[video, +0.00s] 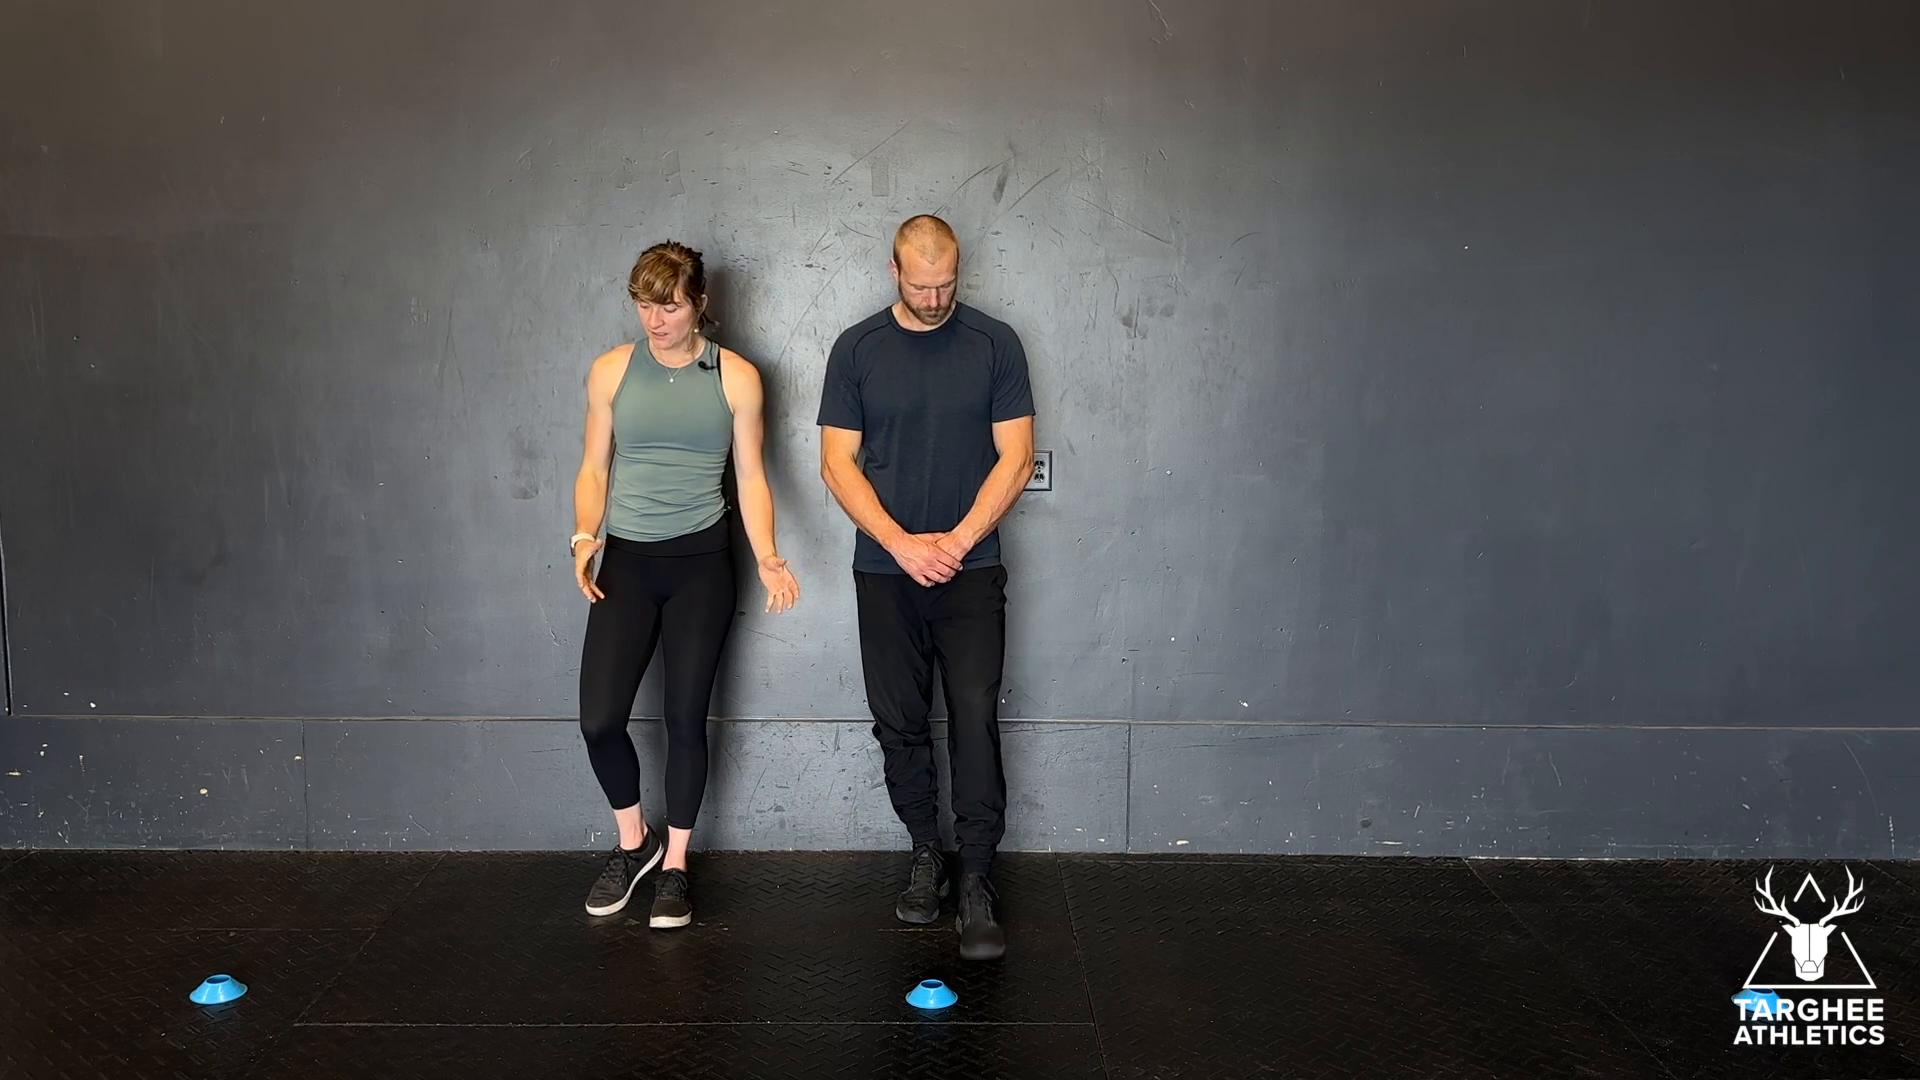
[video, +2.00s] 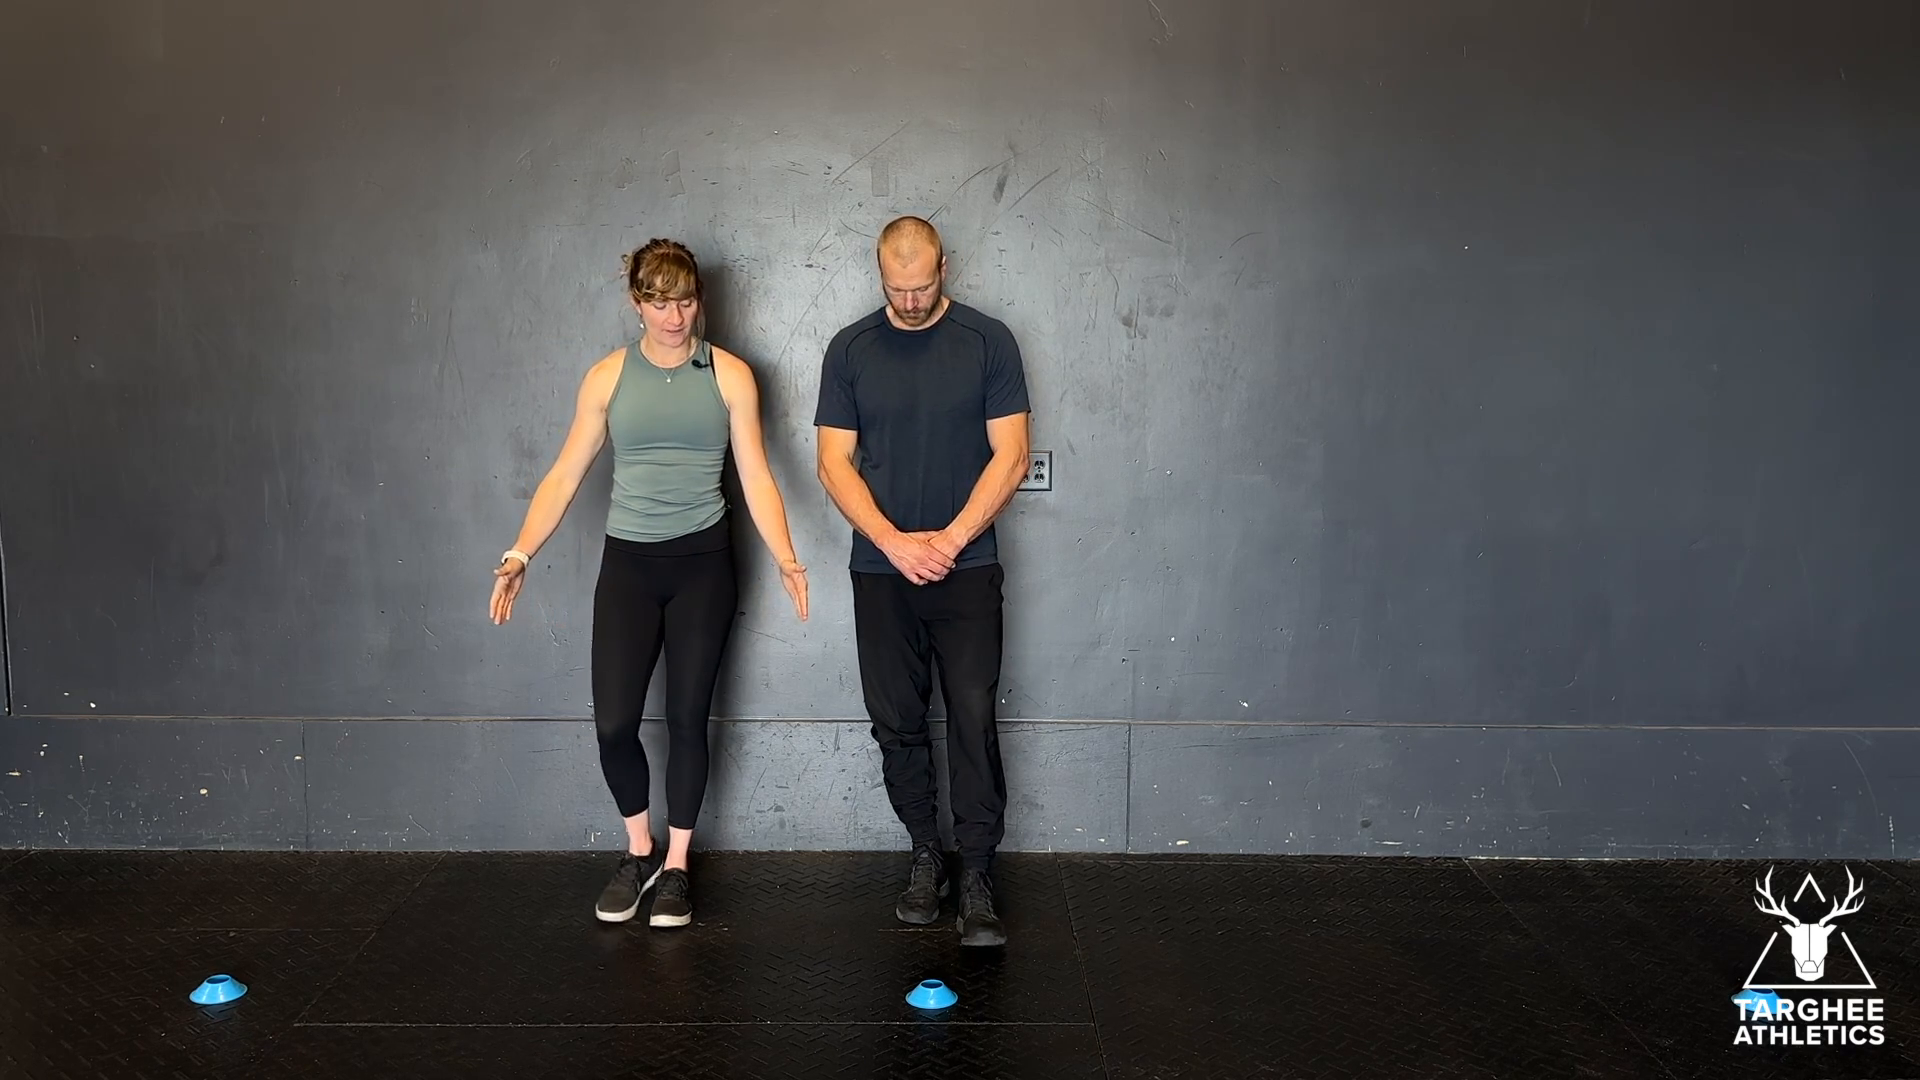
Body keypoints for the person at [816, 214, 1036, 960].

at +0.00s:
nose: (934, 295)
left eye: (945, 283)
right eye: (923, 283)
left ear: (957, 271)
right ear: (897, 270)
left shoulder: (993, 344)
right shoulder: (856, 348)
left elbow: (1016, 461)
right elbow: (837, 466)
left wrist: (955, 542)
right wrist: (898, 541)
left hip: (970, 568)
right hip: (886, 570)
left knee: (975, 718)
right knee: (900, 723)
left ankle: (977, 876)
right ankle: (927, 856)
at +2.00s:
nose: (910, 299)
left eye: (920, 287)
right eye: (898, 288)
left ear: (941, 270)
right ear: (880, 275)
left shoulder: (987, 341)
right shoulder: (850, 348)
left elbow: (1012, 457)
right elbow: (832, 463)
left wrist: (951, 538)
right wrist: (891, 539)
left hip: (966, 565)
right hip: (881, 566)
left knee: (974, 719)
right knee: (897, 721)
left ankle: (976, 871)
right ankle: (926, 853)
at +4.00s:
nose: (980, 279)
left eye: (991, 267)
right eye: (969, 268)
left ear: (1015, 262)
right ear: (957, 265)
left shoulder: (1056, 340)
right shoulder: (925, 340)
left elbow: (1077, 451)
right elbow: (906, 450)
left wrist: (1019, 530)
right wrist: (962, 526)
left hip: (1028, 552)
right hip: (947, 550)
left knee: (1014, 701)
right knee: (942, 703)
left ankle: (992, 835)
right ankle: (945, 847)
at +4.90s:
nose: (974, 266)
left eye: (985, 253)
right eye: (965, 255)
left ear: (1016, 255)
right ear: (957, 261)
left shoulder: (1063, 339)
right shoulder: (932, 342)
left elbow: (1086, 450)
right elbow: (913, 450)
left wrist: (1026, 530)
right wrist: (969, 526)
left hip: (1036, 552)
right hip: (955, 551)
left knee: (1020, 701)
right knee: (948, 702)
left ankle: (994, 832)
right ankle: (945, 847)